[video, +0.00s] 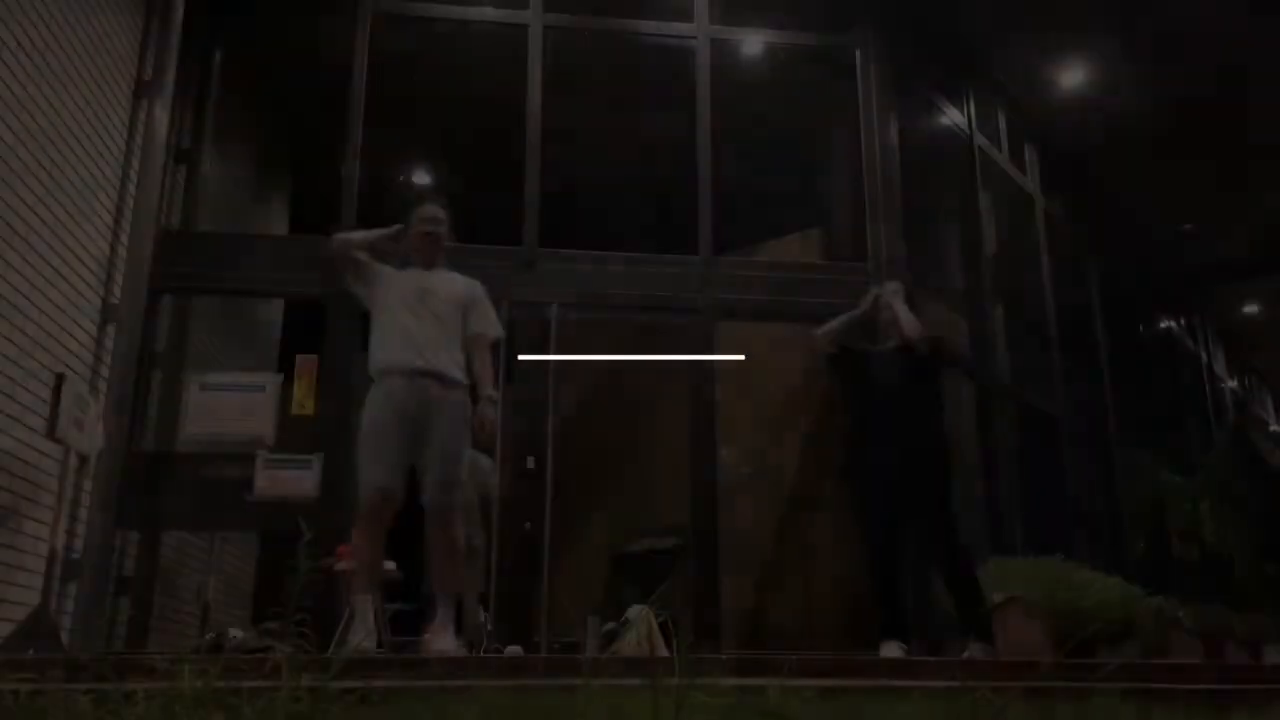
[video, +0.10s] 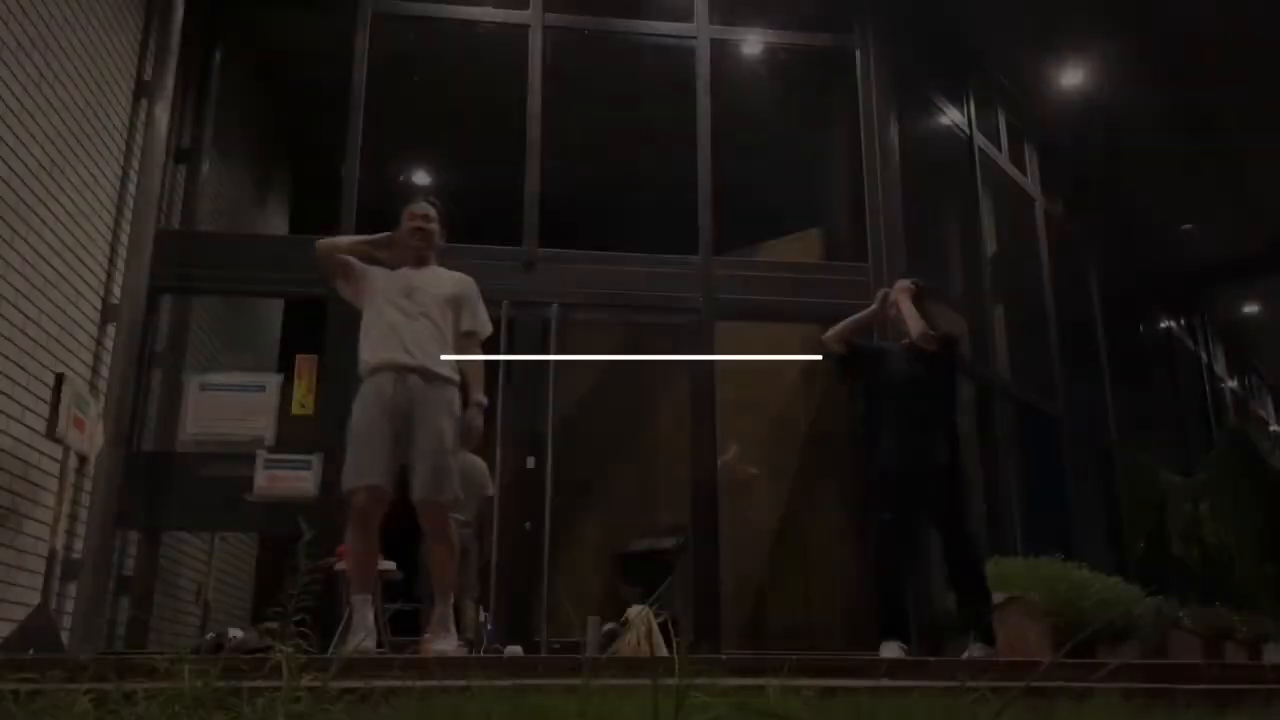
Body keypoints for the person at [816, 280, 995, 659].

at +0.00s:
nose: (889, 322)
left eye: (896, 315)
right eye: (883, 316)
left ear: (910, 319)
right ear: (875, 322)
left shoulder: (925, 355)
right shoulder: (860, 357)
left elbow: (922, 341)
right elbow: (821, 339)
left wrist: (900, 307)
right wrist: (861, 313)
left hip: (923, 461)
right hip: (873, 463)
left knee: (943, 546)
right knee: (883, 550)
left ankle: (976, 634)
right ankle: (893, 636)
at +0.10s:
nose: (902, 316)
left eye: (909, 309)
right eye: (896, 311)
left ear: (931, 319)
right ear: (891, 321)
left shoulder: (942, 354)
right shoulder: (878, 358)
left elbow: (925, 337)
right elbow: (831, 339)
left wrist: (905, 301)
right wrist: (874, 311)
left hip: (937, 464)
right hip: (889, 465)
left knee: (957, 550)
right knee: (890, 550)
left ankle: (979, 637)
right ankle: (893, 639)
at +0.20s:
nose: (907, 314)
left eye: (914, 306)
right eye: (902, 310)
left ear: (935, 310)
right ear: (898, 318)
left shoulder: (952, 344)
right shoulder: (887, 356)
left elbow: (923, 336)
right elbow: (839, 341)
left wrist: (913, 300)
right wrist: (880, 312)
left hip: (944, 462)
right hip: (896, 462)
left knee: (959, 546)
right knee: (892, 547)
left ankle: (981, 637)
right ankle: (893, 637)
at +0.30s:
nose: (908, 313)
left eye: (916, 304)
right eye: (904, 307)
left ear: (937, 311)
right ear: (899, 313)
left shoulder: (956, 343)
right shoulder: (894, 352)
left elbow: (918, 338)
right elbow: (848, 342)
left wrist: (920, 300)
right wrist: (887, 314)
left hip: (949, 461)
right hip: (903, 461)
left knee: (964, 546)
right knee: (895, 546)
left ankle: (981, 637)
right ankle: (893, 636)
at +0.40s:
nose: (911, 315)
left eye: (919, 308)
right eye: (909, 308)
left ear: (941, 314)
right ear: (906, 312)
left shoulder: (958, 343)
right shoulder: (903, 355)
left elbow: (913, 339)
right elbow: (856, 345)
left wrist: (923, 304)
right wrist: (895, 316)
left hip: (953, 462)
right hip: (911, 463)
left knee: (964, 547)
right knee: (898, 545)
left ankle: (981, 638)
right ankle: (897, 632)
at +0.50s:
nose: (913, 315)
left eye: (920, 308)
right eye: (911, 308)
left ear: (938, 312)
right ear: (907, 310)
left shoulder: (957, 341)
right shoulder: (906, 352)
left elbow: (907, 340)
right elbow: (862, 345)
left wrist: (923, 308)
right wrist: (902, 316)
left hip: (954, 460)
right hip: (914, 461)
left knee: (964, 545)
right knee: (903, 543)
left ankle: (982, 637)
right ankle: (895, 631)